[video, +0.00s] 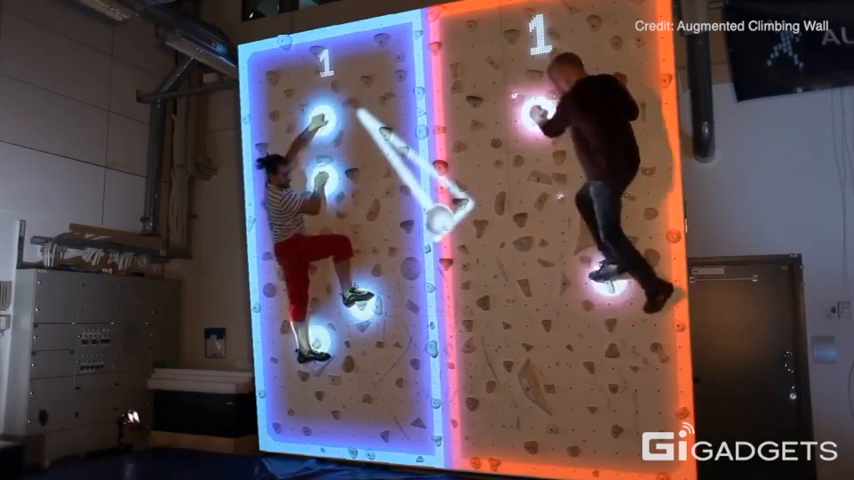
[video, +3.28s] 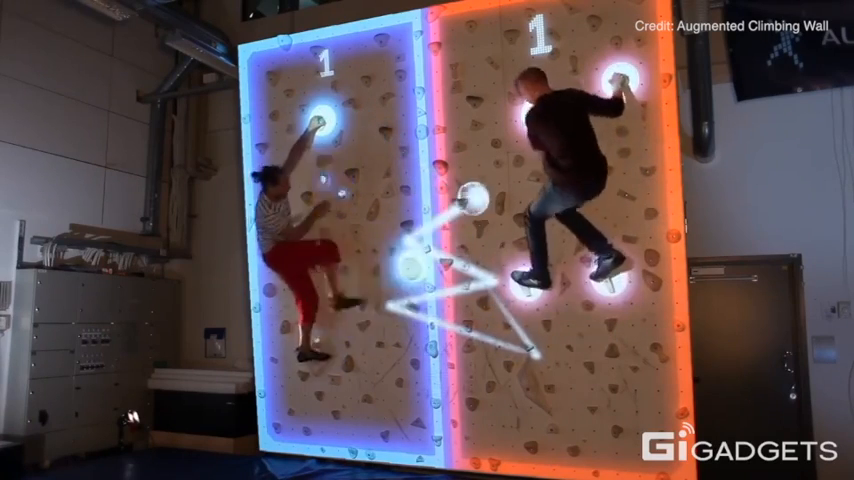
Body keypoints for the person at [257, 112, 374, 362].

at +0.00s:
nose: (289, 176)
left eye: (288, 172)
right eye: (285, 174)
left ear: (278, 173)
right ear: (274, 176)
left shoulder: (273, 186)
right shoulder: (282, 198)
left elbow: (294, 151)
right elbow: (315, 207)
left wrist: (312, 128)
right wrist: (320, 187)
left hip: (286, 248)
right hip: (295, 246)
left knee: (298, 298)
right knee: (339, 243)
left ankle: (304, 350)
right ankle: (349, 293)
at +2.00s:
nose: (283, 187)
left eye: (283, 183)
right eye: (279, 185)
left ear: (283, 181)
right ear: (269, 186)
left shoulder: (270, 194)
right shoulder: (277, 204)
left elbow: (292, 158)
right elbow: (308, 204)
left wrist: (309, 130)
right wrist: (320, 185)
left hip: (285, 254)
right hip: (292, 251)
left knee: (306, 299)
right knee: (336, 247)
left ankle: (305, 352)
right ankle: (345, 296)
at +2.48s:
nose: (302, 192)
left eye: (302, 189)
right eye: (298, 189)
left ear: (293, 186)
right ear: (287, 191)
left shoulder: (283, 195)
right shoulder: (290, 210)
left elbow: (298, 159)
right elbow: (315, 208)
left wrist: (310, 131)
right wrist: (321, 189)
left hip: (282, 256)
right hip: (285, 256)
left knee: (308, 302)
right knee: (329, 281)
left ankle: (306, 350)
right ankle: (354, 325)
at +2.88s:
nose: (296, 188)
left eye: (295, 185)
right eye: (293, 185)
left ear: (279, 187)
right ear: (281, 188)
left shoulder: (275, 198)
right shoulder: (283, 209)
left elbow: (293, 162)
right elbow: (311, 209)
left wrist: (310, 132)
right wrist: (320, 188)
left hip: (280, 256)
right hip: (286, 253)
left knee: (311, 296)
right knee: (332, 246)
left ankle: (306, 349)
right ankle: (352, 293)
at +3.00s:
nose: (297, 184)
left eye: (296, 180)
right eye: (293, 183)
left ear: (289, 179)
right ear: (282, 185)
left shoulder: (278, 191)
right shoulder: (284, 204)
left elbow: (297, 157)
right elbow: (314, 207)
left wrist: (310, 131)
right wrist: (321, 187)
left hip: (285, 255)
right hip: (293, 250)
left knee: (315, 294)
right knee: (343, 247)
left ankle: (306, 346)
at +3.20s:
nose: (293, 185)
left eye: (292, 181)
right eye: (289, 183)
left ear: (286, 180)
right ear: (277, 186)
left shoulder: (277, 188)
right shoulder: (277, 210)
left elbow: (295, 156)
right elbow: (303, 234)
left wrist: (310, 131)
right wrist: (324, 211)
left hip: (278, 254)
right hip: (285, 252)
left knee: (309, 295)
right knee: (334, 256)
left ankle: (306, 349)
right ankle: (384, 273)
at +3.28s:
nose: (288, 184)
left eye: (286, 180)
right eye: (284, 183)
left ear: (279, 182)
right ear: (273, 189)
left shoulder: (275, 189)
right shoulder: (268, 213)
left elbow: (294, 156)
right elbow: (294, 236)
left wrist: (310, 131)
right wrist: (315, 214)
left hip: (280, 252)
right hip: (280, 253)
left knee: (308, 296)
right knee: (328, 249)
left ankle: (304, 348)